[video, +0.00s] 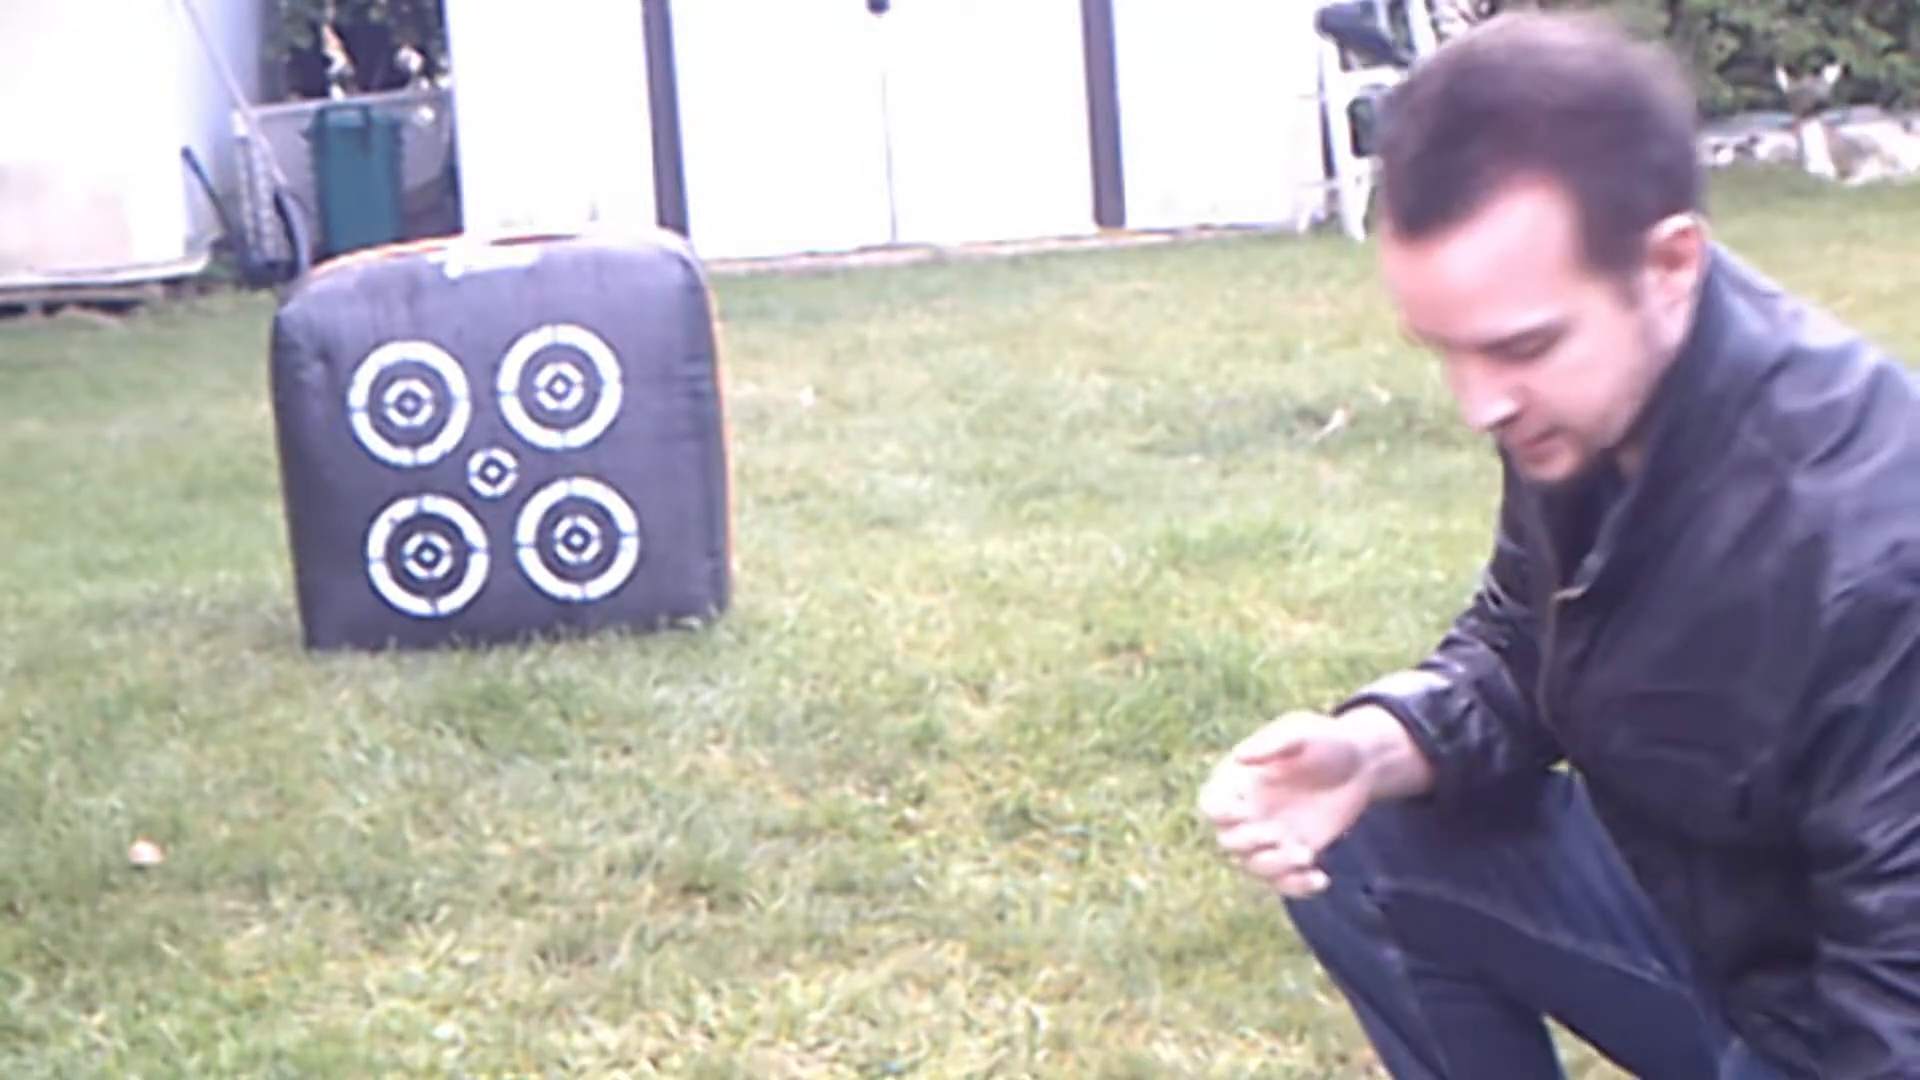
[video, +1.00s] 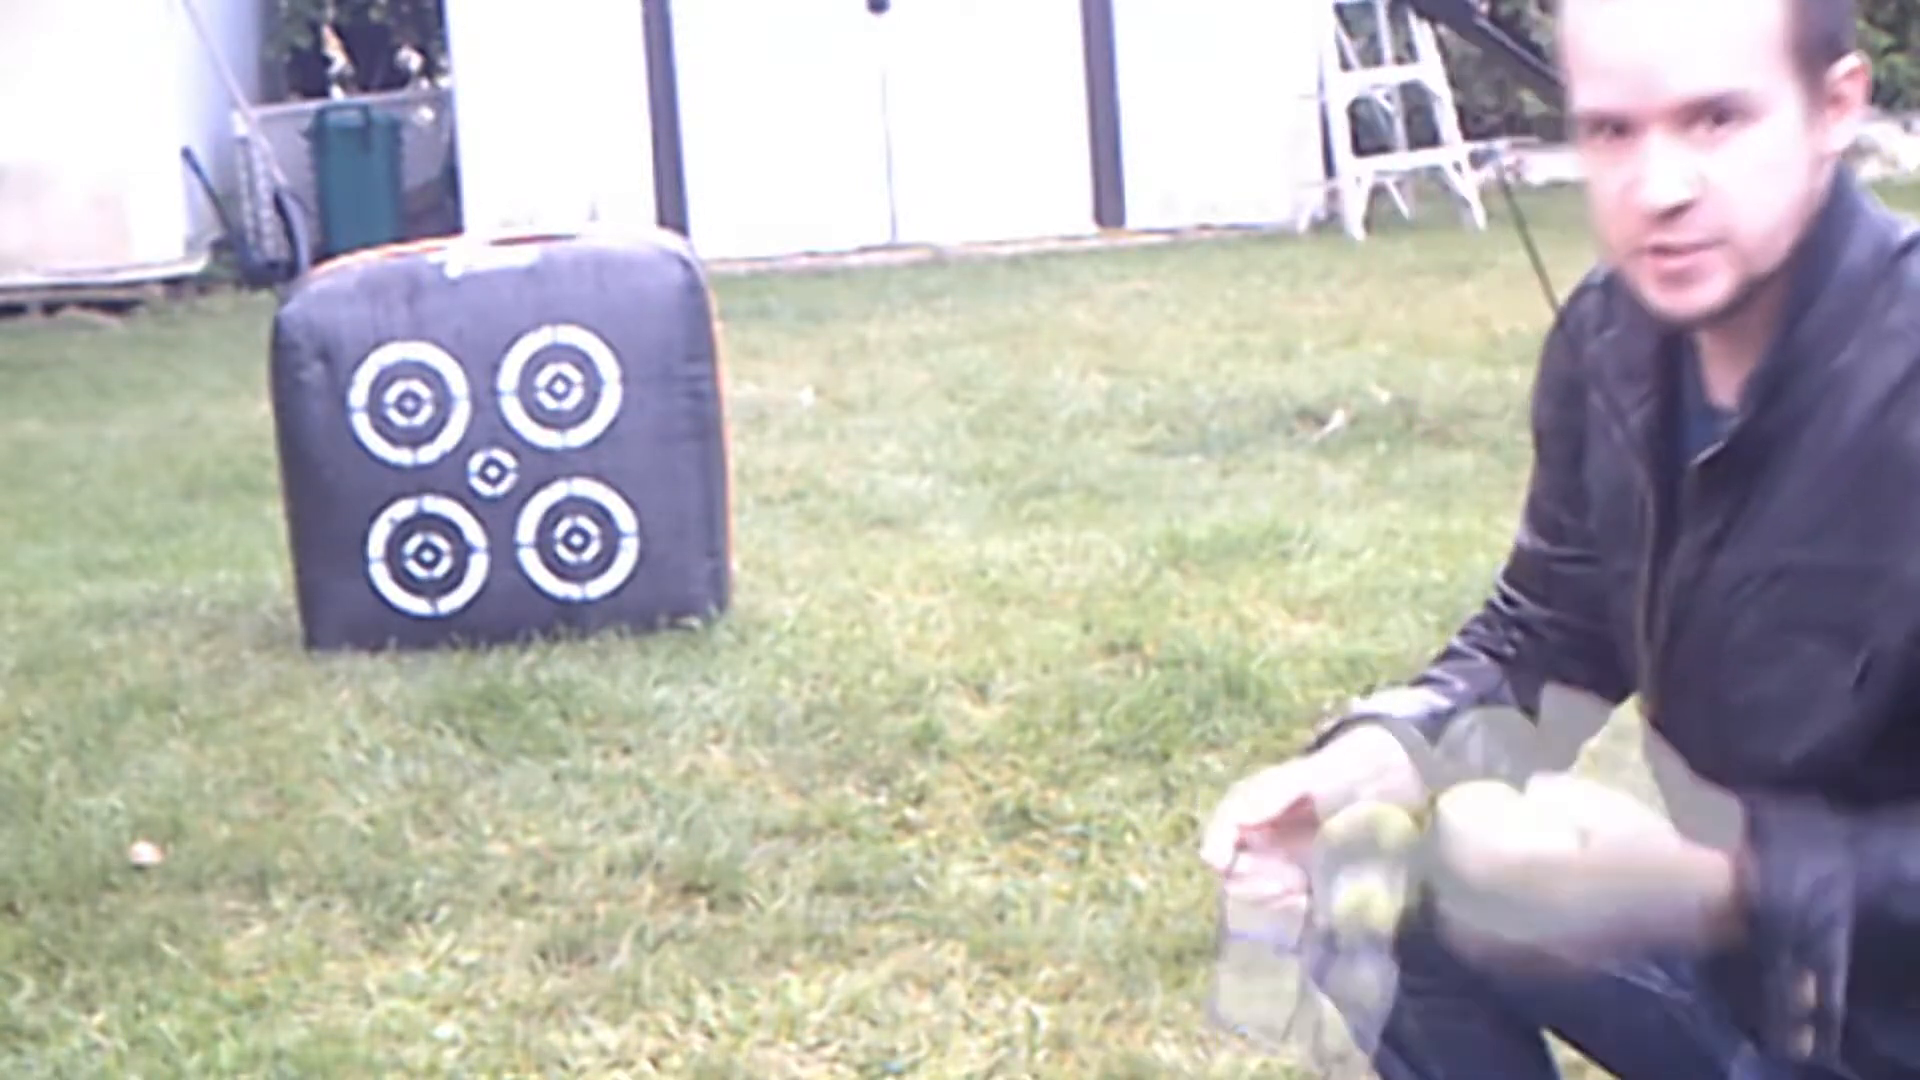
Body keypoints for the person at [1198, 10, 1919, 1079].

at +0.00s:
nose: (1481, 406)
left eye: (1523, 348)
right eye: (1444, 351)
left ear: (1671, 270)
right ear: (1418, 301)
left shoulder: (1879, 541)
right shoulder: (1592, 392)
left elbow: (1893, 1001)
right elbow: (1522, 649)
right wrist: (1373, 751)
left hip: (1843, 1022)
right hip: (1693, 922)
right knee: (1355, 852)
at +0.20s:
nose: (1438, 431)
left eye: (1476, 370)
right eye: (1404, 379)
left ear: (1625, 286)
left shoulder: (1866, 556)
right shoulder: (1583, 416)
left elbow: (1887, 999)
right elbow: (1519, 659)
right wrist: (1386, 742)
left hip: (1844, 1018)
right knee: (1356, 848)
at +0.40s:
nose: (1436, 418)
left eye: (1477, 357)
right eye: (1407, 363)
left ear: (1627, 282)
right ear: (1381, 309)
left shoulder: (1837, 571)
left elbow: (1790, 1022)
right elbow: (1530, 627)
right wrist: (1384, 744)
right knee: (1360, 851)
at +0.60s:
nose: (1476, 350)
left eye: (1521, 286)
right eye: (1446, 291)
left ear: (1674, 223)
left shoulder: (1867, 529)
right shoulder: (1616, 370)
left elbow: (1795, 999)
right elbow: (1536, 635)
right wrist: (1370, 750)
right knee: (1360, 850)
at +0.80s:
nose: (1562, 257)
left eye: (1620, 190)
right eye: (1522, 196)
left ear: (1766, 154)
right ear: (1492, 175)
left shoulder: (1896, 423)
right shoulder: (1583, 359)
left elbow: (1896, 950)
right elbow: (1540, 642)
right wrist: (1369, 756)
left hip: (1872, 997)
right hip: (1706, 922)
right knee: (1359, 851)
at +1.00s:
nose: (1658, 188)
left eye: (1715, 119)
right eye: (1611, 130)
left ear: (1838, 108)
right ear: (1573, 135)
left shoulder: (1901, 368)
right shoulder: (1607, 335)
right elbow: (1542, 630)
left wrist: (1732, 878)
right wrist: (1373, 760)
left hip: (1886, 1028)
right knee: (1391, 909)